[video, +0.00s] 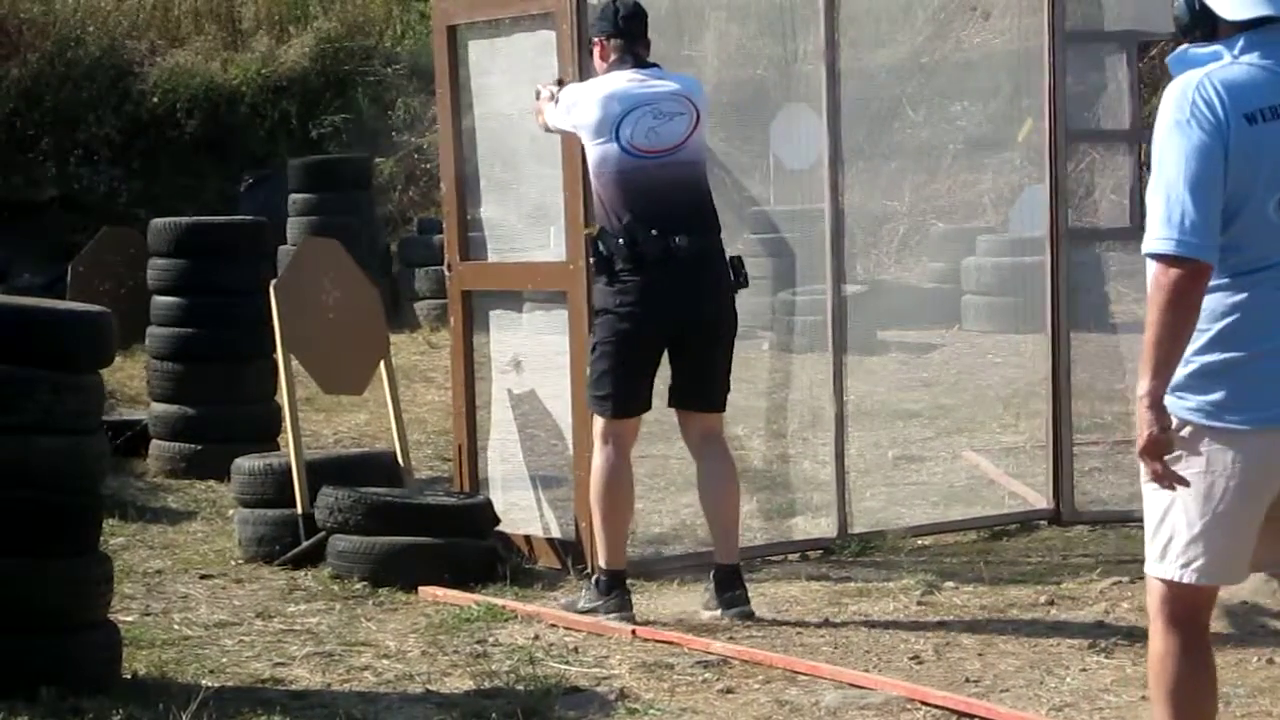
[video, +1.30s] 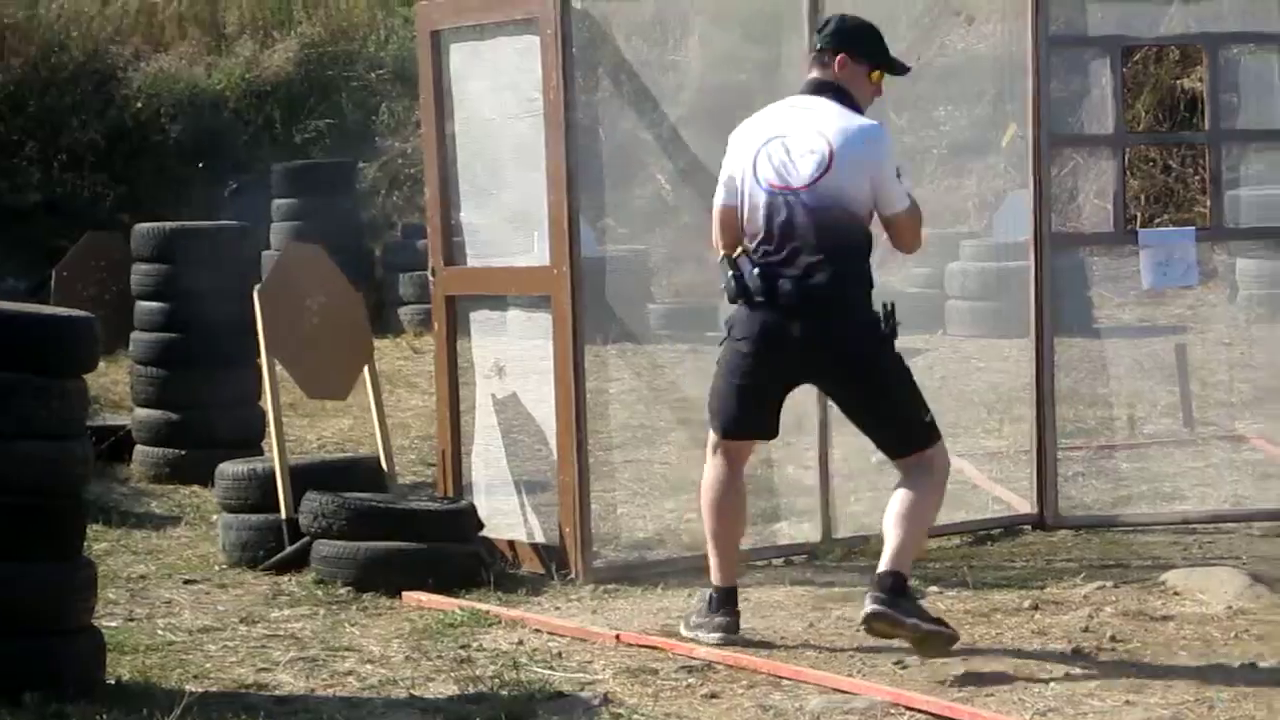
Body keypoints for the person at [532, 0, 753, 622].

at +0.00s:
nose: (590, 56)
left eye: (590, 48)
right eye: (593, 48)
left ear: (600, 49)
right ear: (647, 44)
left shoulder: (588, 98)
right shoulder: (690, 89)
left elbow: (551, 115)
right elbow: (641, 95)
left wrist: (553, 98)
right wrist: (576, 92)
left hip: (633, 286)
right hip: (707, 282)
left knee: (613, 437)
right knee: (707, 429)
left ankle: (609, 585)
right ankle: (730, 582)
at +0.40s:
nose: (635, 63)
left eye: (634, 56)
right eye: (636, 57)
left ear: (645, 54)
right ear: (692, 47)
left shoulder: (637, 102)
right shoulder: (739, 93)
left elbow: (595, 119)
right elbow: (692, 100)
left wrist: (586, 104)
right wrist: (656, 78)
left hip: (680, 292)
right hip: (754, 288)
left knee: (639, 427)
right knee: (737, 432)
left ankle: (681, 570)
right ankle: (733, 583)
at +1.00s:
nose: (709, 50)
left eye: (710, 40)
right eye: (712, 40)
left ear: (721, 38)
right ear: (765, 36)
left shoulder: (708, 89)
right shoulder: (815, 87)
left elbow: (652, 137)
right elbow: (753, 125)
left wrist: (640, 123)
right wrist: (687, 123)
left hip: (736, 286)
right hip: (814, 282)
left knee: (723, 444)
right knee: (804, 427)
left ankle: (739, 601)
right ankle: (826, 566)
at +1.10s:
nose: (750, 40)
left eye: (749, 32)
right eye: (777, 31)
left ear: (751, 35)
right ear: (804, 36)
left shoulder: (722, 88)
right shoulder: (832, 87)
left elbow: (666, 155)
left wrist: (673, 120)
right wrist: (711, 111)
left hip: (749, 289)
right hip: (829, 288)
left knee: (728, 443)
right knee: (846, 436)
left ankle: (740, 599)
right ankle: (858, 571)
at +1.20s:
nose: (855, 61)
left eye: (855, 52)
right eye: (852, 50)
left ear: (794, 41)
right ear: (830, 42)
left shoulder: (739, 101)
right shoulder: (863, 107)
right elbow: (858, 185)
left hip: (763, 296)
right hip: (845, 296)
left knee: (731, 441)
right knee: (889, 442)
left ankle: (743, 598)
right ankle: (888, 576)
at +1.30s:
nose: (881, 89)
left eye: (883, 77)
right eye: (877, 76)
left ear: (828, 67)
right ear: (843, 65)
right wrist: (886, 188)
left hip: (757, 326)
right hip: (841, 328)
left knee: (726, 452)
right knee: (925, 463)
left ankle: (720, 605)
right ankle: (890, 588)